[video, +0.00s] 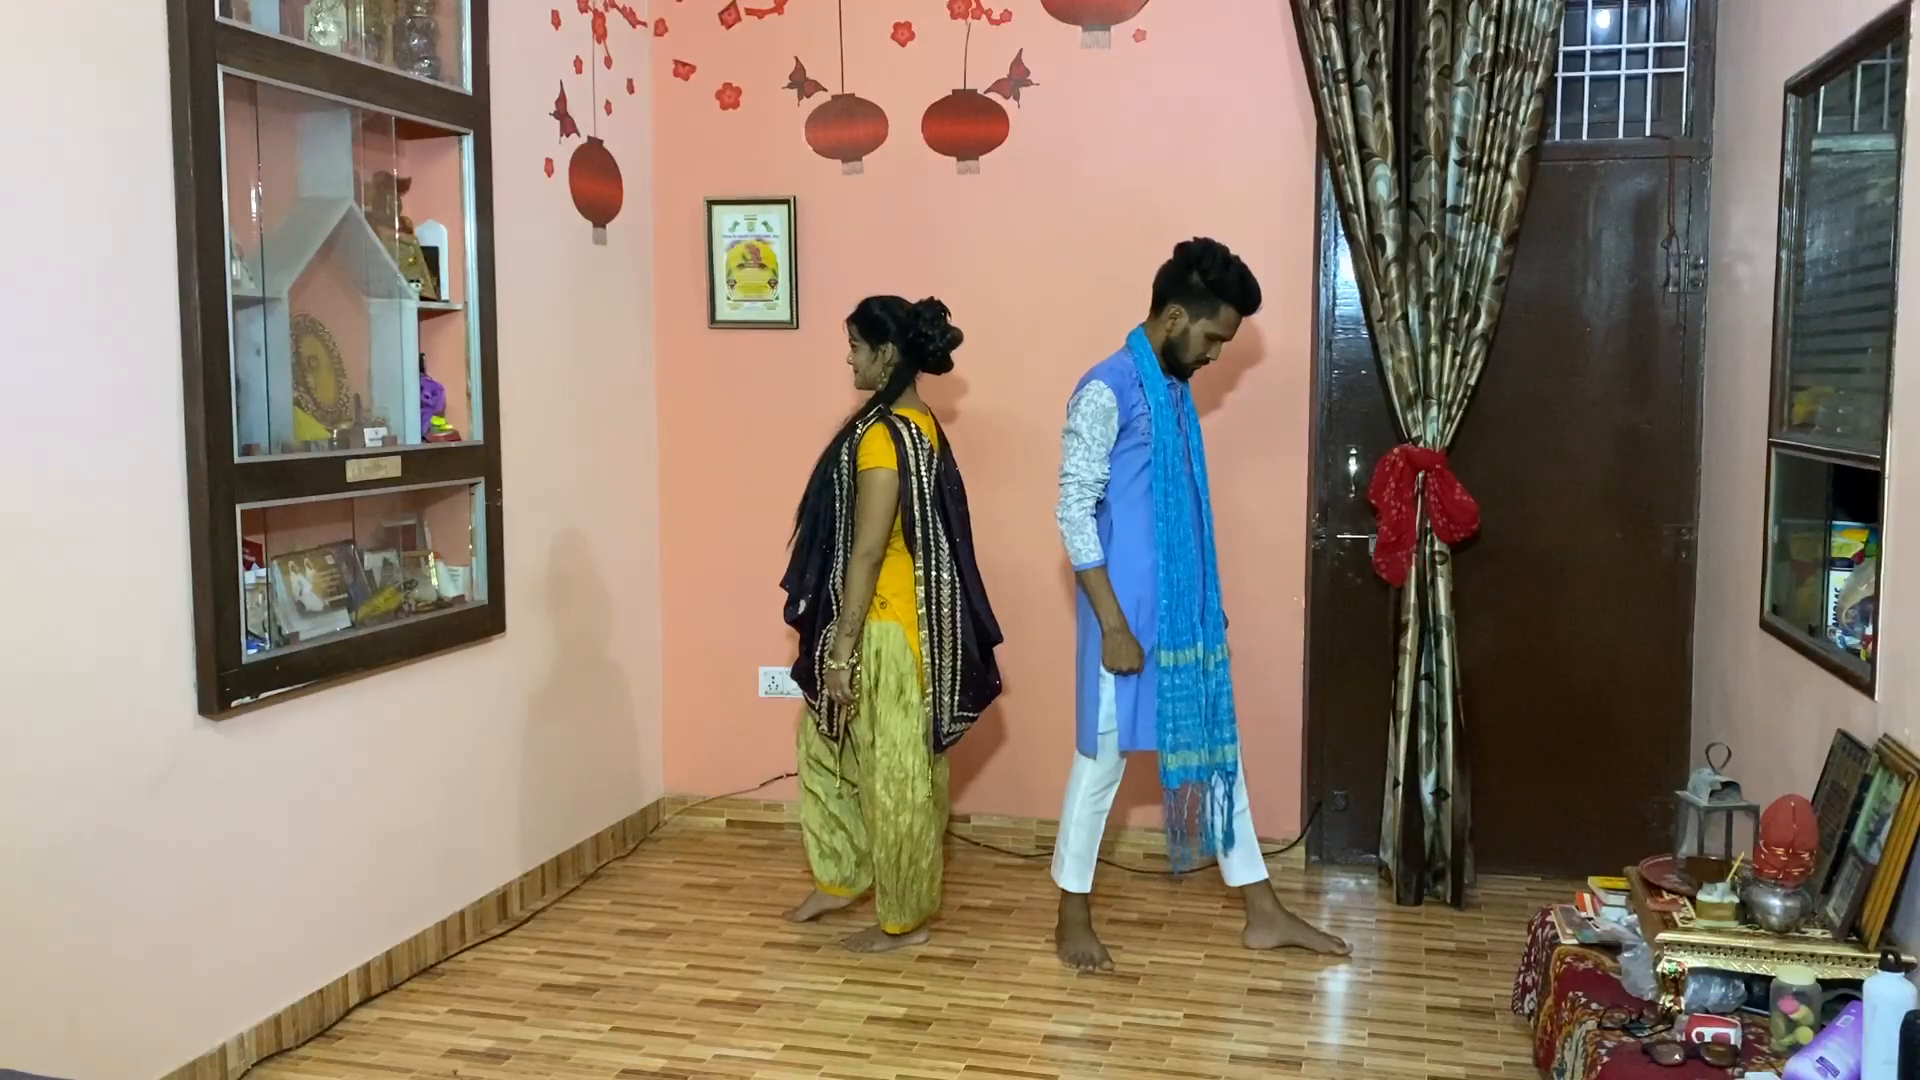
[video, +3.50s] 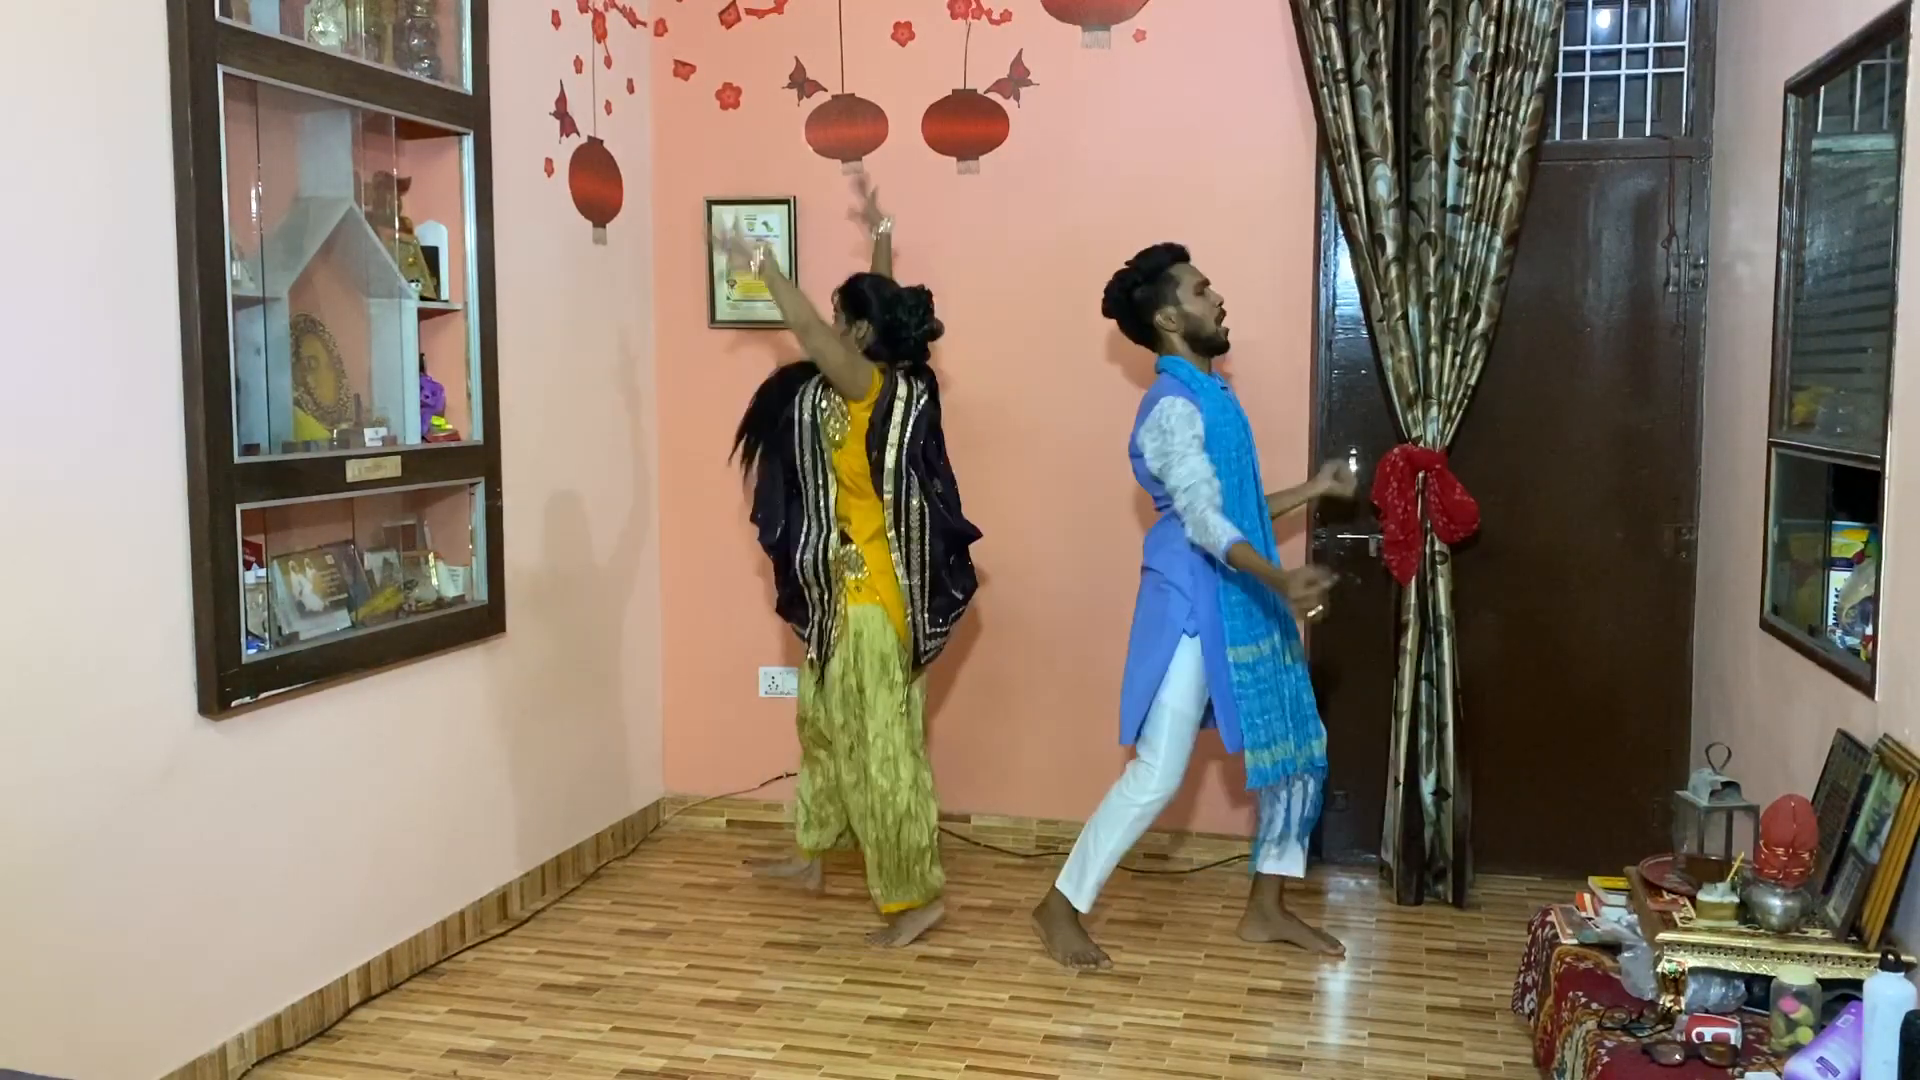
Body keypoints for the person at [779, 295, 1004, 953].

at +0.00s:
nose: (849, 359)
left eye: (858, 348)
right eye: (850, 347)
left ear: (891, 354)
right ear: (897, 355)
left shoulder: (884, 434)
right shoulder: (915, 425)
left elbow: (869, 550)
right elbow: (880, 547)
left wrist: (842, 647)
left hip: (888, 628)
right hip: (883, 619)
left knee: (896, 772)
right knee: (826, 747)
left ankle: (905, 915)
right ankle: (842, 875)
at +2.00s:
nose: (845, 359)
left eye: (854, 347)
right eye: (846, 346)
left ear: (885, 354)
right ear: (894, 354)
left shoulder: (879, 434)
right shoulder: (914, 424)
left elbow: (867, 550)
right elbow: (885, 546)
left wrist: (841, 645)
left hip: (885, 628)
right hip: (887, 618)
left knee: (897, 775)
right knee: (828, 752)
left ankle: (905, 915)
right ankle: (841, 879)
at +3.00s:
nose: (842, 359)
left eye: (850, 349)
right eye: (845, 348)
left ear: (880, 357)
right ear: (888, 358)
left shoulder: (877, 439)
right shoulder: (908, 426)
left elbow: (867, 558)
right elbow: (892, 552)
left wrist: (788, 618)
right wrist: (811, 614)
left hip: (880, 630)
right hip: (885, 623)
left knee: (889, 772)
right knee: (818, 745)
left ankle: (907, 915)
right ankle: (845, 880)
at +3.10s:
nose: (842, 374)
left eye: (849, 364)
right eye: (844, 363)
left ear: (878, 373)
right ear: (886, 374)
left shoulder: (884, 451)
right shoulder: (904, 437)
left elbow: (839, 548)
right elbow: (865, 511)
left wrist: (775, 519)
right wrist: (805, 499)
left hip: (883, 638)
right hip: (877, 629)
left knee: (883, 775)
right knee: (801, 742)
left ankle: (907, 917)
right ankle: (842, 884)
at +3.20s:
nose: (844, 371)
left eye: (852, 361)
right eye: (848, 360)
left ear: (880, 369)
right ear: (891, 372)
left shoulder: (890, 436)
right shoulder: (886, 432)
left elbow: (783, 423)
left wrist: (822, 408)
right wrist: (834, 414)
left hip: (879, 633)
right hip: (847, 628)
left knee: (879, 776)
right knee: (809, 763)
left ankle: (909, 916)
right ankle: (844, 890)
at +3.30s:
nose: (840, 333)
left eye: (848, 322)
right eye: (842, 323)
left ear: (873, 332)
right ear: (895, 335)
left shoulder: (874, 390)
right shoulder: (905, 400)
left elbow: (810, 313)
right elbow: (882, 317)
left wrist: (761, 257)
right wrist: (843, 266)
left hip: (865, 601)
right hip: (849, 598)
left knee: (882, 752)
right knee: (825, 739)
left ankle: (903, 908)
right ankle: (837, 868)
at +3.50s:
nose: (827, 330)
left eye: (835, 320)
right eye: (829, 320)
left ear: (864, 332)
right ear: (883, 334)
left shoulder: (868, 388)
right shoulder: (892, 382)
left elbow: (820, 342)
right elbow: (886, 306)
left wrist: (774, 278)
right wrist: (878, 229)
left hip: (871, 591)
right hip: (848, 586)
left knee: (879, 742)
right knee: (822, 723)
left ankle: (918, 895)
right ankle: (810, 855)